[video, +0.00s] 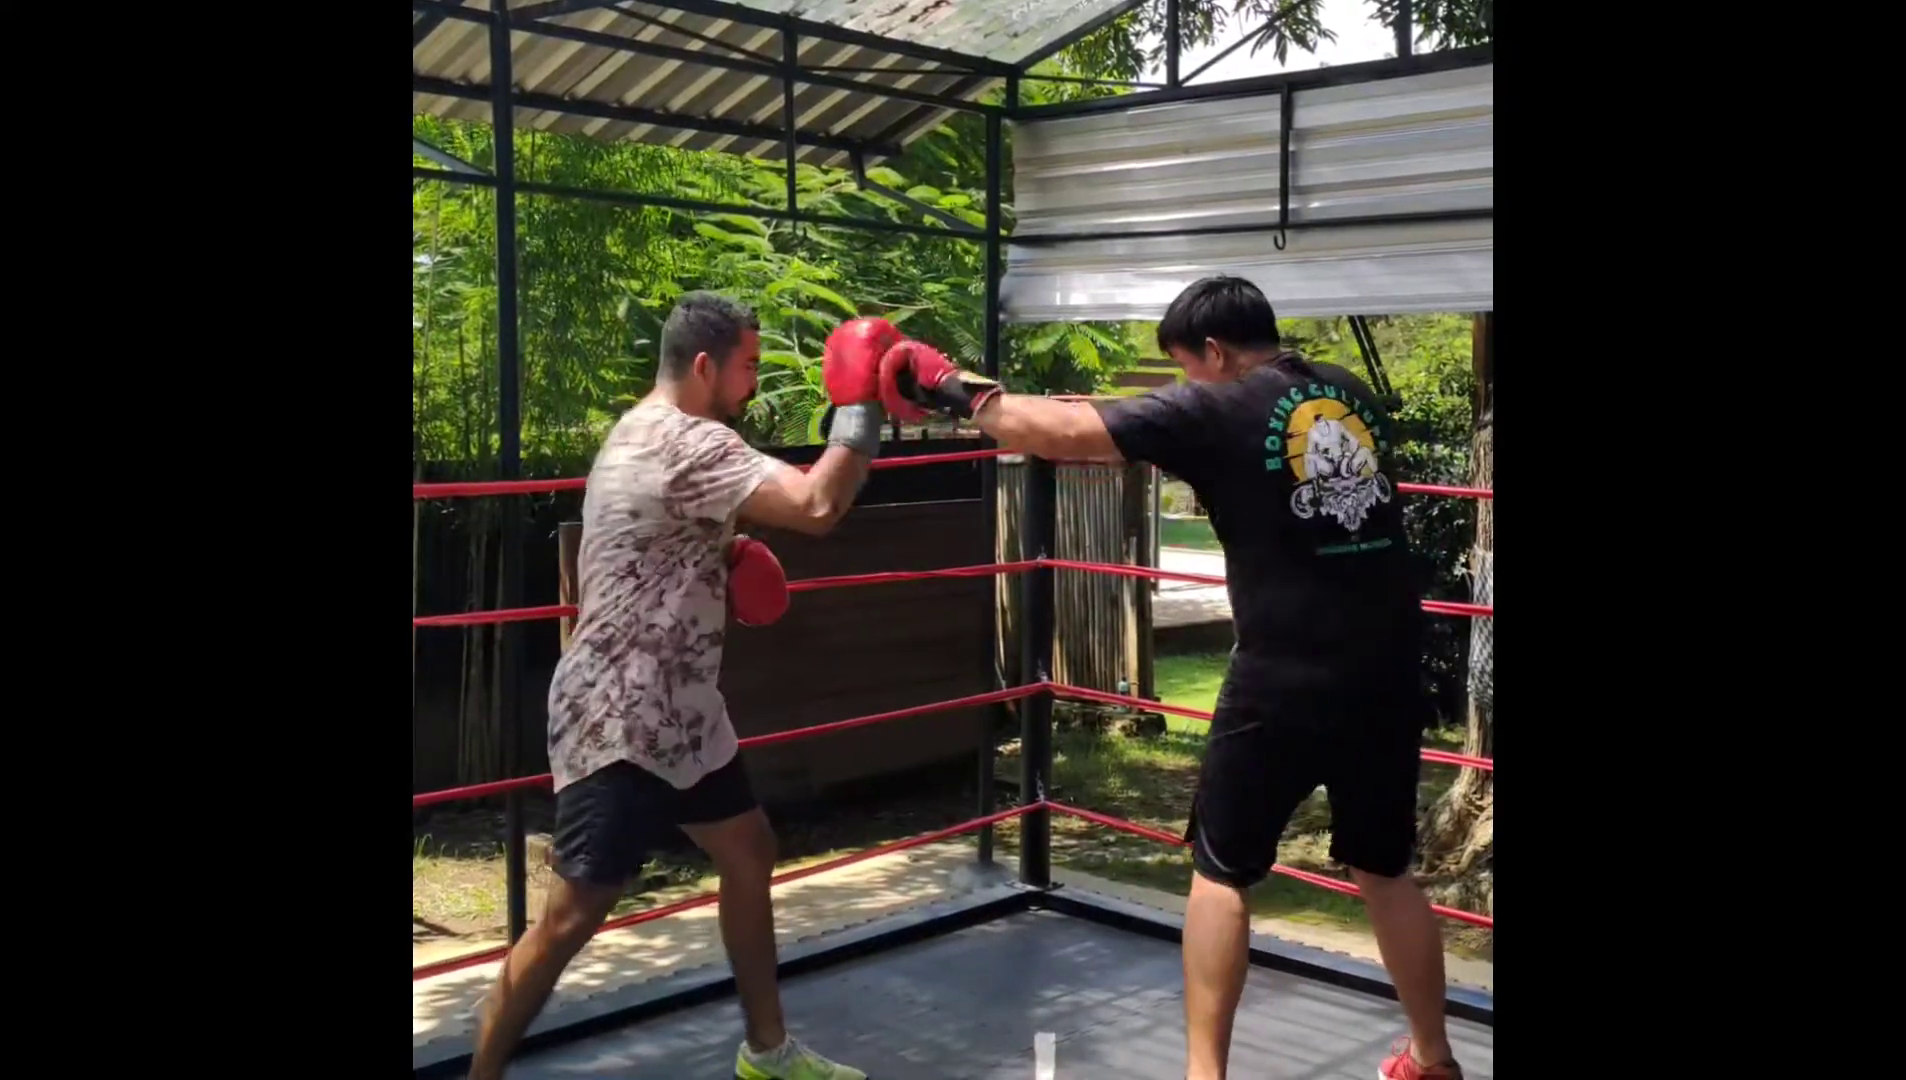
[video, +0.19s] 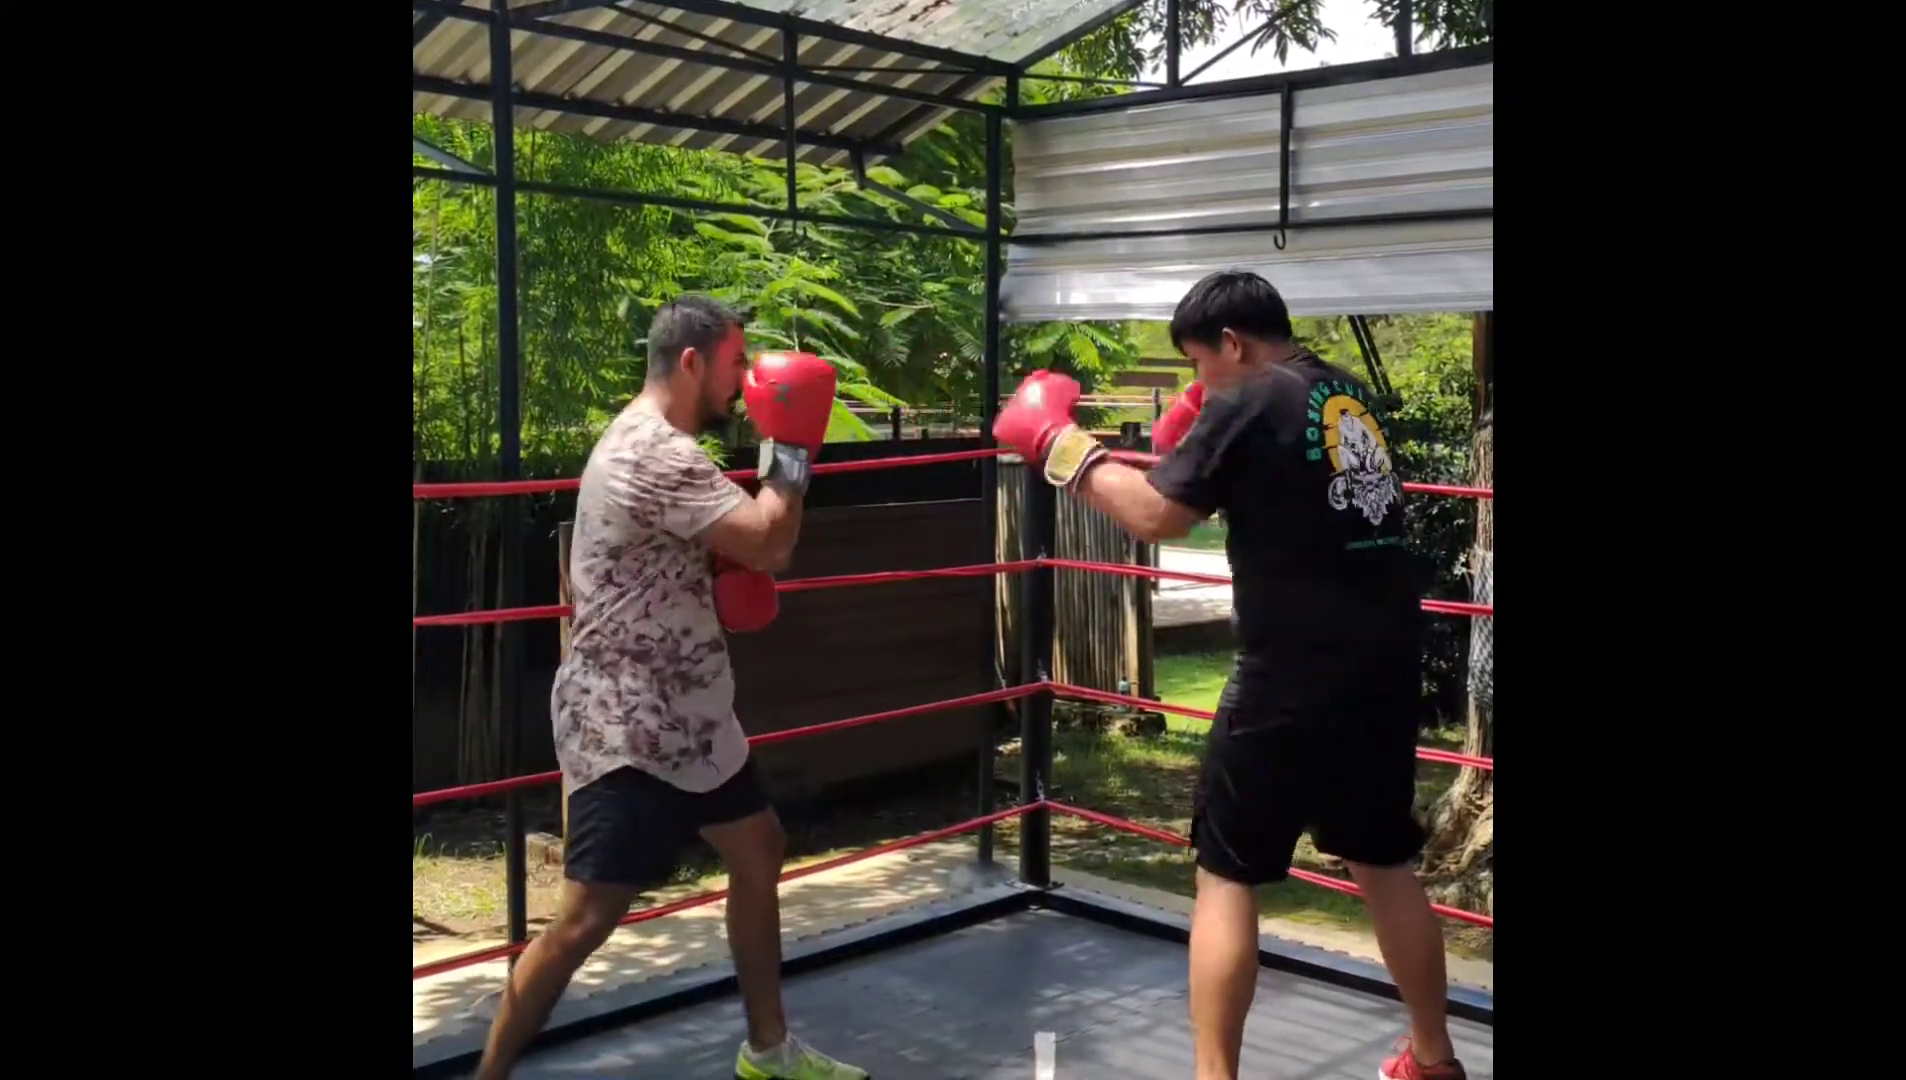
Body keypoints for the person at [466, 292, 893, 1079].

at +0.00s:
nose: (755, 383)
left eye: (757, 366)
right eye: (750, 365)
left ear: (688, 363)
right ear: (707, 363)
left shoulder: (644, 432)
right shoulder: (686, 444)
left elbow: (619, 564)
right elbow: (816, 507)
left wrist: (717, 570)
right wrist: (859, 404)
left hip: (677, 708)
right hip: (621, 713)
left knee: (747, 852)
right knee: (567, 918)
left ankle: (769, 1048)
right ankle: (482, 1071)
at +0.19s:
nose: (743, 379)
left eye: (744, 364)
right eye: (736, 362)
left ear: (678, 364)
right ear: (692, 362)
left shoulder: (644, 440)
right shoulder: (654, 454)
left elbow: (607, 577)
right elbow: (769, 542)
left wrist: (720, 583)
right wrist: (788, 450)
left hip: (685, 719)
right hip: (629, 726)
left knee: (758, 850)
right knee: (582, 923)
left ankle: (770, 1046)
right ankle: (489, 1072)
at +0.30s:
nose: (732, 377)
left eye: (735, 361)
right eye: (725, 359)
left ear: (673, 361)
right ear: (679, 358)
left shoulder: (683, 453)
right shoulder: (609, 454)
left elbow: (710, 574)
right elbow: (704, 570)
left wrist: (718, 594)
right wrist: (745, 477)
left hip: (678, 715)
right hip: (595, 723)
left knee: (734, 856)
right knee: (555, 919)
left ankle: (768, 1046)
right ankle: (479, 1072)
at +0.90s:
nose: (702, 411)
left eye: (708, 395)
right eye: (698, 392)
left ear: (651, 386)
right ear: (648, 382)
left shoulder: (647, 473)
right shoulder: (555, 482)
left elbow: (639, 591)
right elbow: (635, 605)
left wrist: (689, 605)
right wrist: (698, 507)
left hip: (666, 727)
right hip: (575, 744)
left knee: (758, 868)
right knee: (547, 944)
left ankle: (823, 1045)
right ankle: (474, 1073)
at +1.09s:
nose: (772, 393)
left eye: (776, 379)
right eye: (763, 377)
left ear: (725, 374)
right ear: (709, 370)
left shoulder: (763, 453)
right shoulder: (612, 454)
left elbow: (867, 440)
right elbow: (632, 562)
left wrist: (947, 413)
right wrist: (718, 483)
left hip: (731, 724)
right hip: (617, 732)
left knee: (812, 860)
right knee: (556, 916)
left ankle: (834, 1050)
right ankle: (482, 1072)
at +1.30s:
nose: (778, 397)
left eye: (781, 381)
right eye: (767, 379)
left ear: (726, 378)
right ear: (709, 374)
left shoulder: (766, 460)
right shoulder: (619, 458)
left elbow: (837, 515)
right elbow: (631, 579)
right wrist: (720, 497)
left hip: (750, 719)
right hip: (629, 723)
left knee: (823, 863)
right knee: (558, 903)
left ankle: (835, 1050)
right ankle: (486, 1070)